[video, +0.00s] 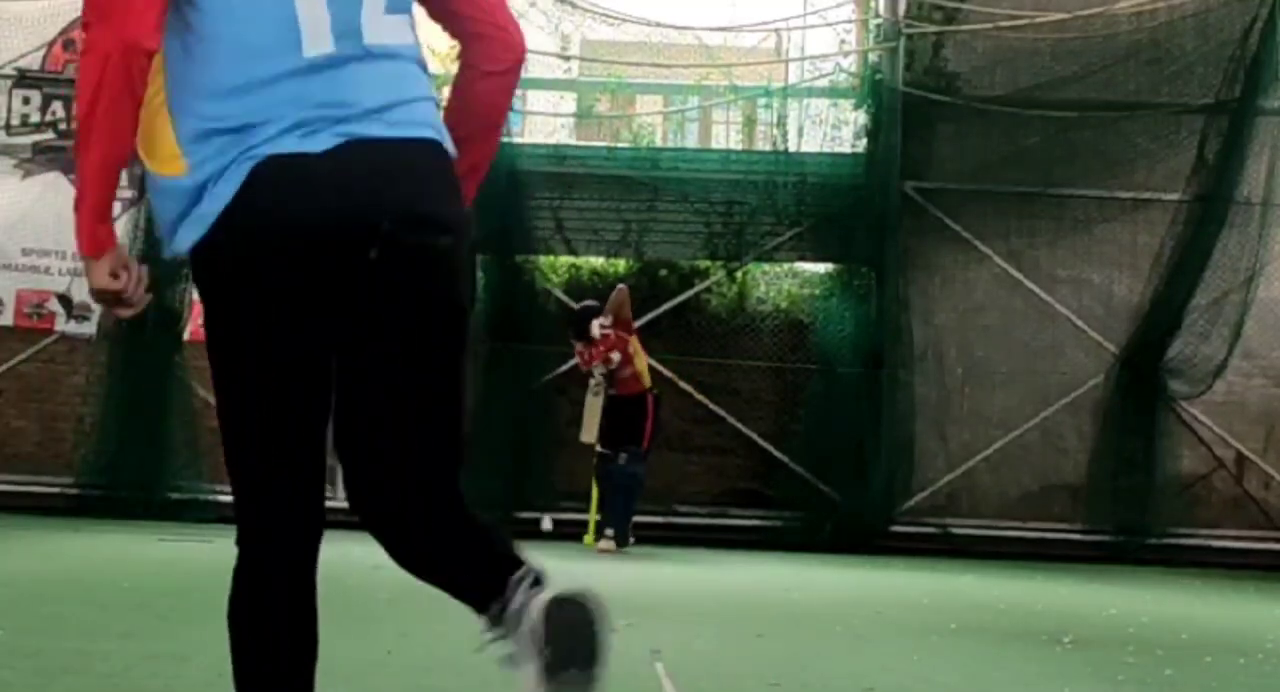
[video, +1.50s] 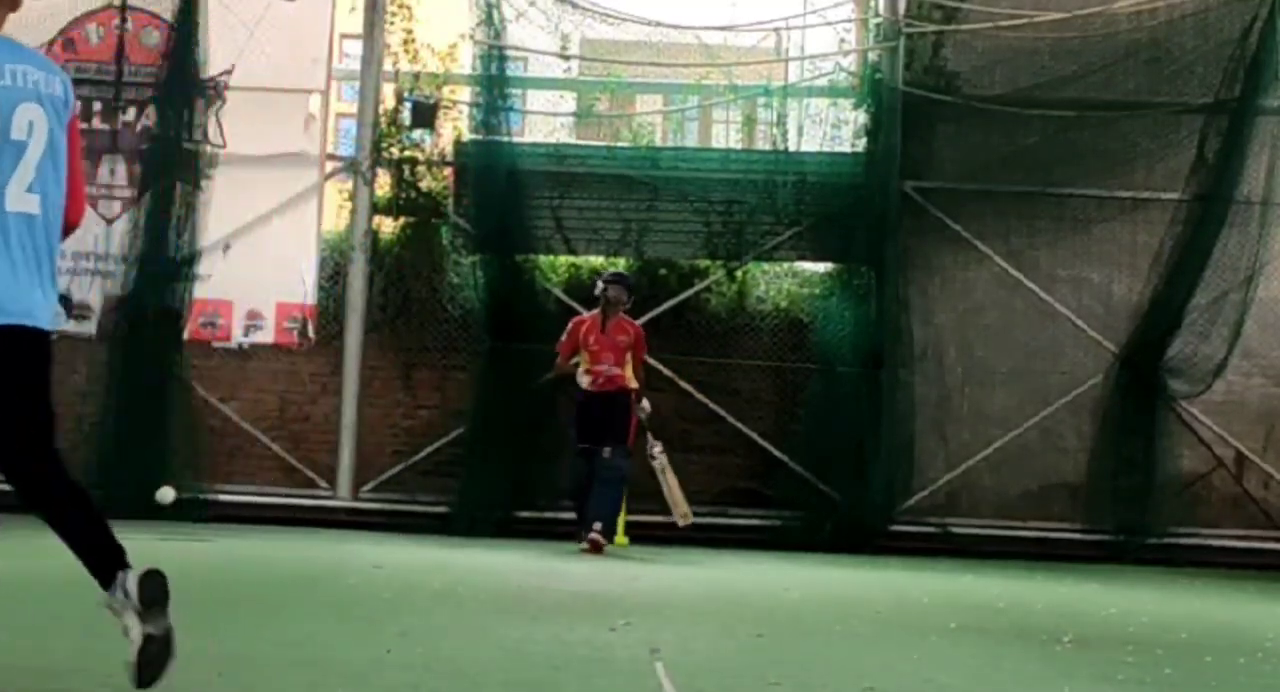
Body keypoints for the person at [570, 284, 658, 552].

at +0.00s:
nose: (601, 328)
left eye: (599, 324)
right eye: (596, 326)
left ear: (599, 323)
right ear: (586, 331)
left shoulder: (621, 330)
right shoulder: (587, 351)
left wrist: (607, 318)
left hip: (636, 394)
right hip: (612, 395)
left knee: (630, 459)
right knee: (607, 457)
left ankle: (620, 528)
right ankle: (608, 527)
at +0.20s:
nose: (594, 357)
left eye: (598, 351)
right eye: (588, 353)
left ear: (605, 341)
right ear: (581, 348)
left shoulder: (619, 340)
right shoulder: (580, 364)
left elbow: (643, 315)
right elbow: (590, 395)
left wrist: (625, 343)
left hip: (633, 408)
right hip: (605, 412)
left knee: (623, 465)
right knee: (598, 472)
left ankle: (606, 530)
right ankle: (617, 530)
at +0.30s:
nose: (604, 354)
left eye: (604, 349)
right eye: (594, 354)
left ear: (607, 343)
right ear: (584, 352)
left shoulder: (620, 342)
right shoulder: (578, 365)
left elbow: (663, 335)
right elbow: (584, 395)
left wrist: (647, 361)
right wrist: (605, 393)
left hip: (630, 409)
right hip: (603, 413)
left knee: (620, 463)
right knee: (597, 469)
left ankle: (600, 522)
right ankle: (615, 526)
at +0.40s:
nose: (592, 358)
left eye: (595, 352)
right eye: (587, 353)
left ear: (606, 343)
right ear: (580, 347)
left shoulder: (625, 347)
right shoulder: (577, 359)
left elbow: (663, 366)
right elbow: (577, 394)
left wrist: (643, 388)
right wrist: (598, 399)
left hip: (625, 412)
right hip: (596, 413)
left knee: (616, 466)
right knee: (595, 471)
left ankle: (599, 526)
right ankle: (616, 527)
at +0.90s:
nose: (603, 321)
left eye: (609, 315)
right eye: (598, 315)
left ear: (618, 318)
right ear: (590, 318)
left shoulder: (631, 351)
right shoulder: (578, 348)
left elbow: (633, 389)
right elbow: (575, 385)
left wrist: (629, 420)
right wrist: (576, 416)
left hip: (616, 409)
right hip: (587, 408)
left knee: (605, 472)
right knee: (577, 469)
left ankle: (594, 534)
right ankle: (583, 531)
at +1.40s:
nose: (608, 294)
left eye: (615, 290)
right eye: (605, 288)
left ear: (625, 297)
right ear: (597, 292)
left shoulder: (633, 333)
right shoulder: (580, 325)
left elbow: (640, 375)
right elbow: (556, 360)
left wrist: (643, 407)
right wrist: (560, 384)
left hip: (618, 397)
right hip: (587, 396)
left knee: (608, 462)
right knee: (582, 460)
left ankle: (593, 531)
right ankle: (587, 528)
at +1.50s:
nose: (614, 295)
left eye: (621, 291)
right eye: (611, 288)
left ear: (627, 298)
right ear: (601, 292)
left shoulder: (633, 331)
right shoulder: (580, 324)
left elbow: (638, 368)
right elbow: (561, 364)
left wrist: (640, 396)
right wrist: (578, 366)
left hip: (620, 396)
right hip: (590, 395)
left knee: (613, 459)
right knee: (585, 458)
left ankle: (601, 527)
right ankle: (587, 525)